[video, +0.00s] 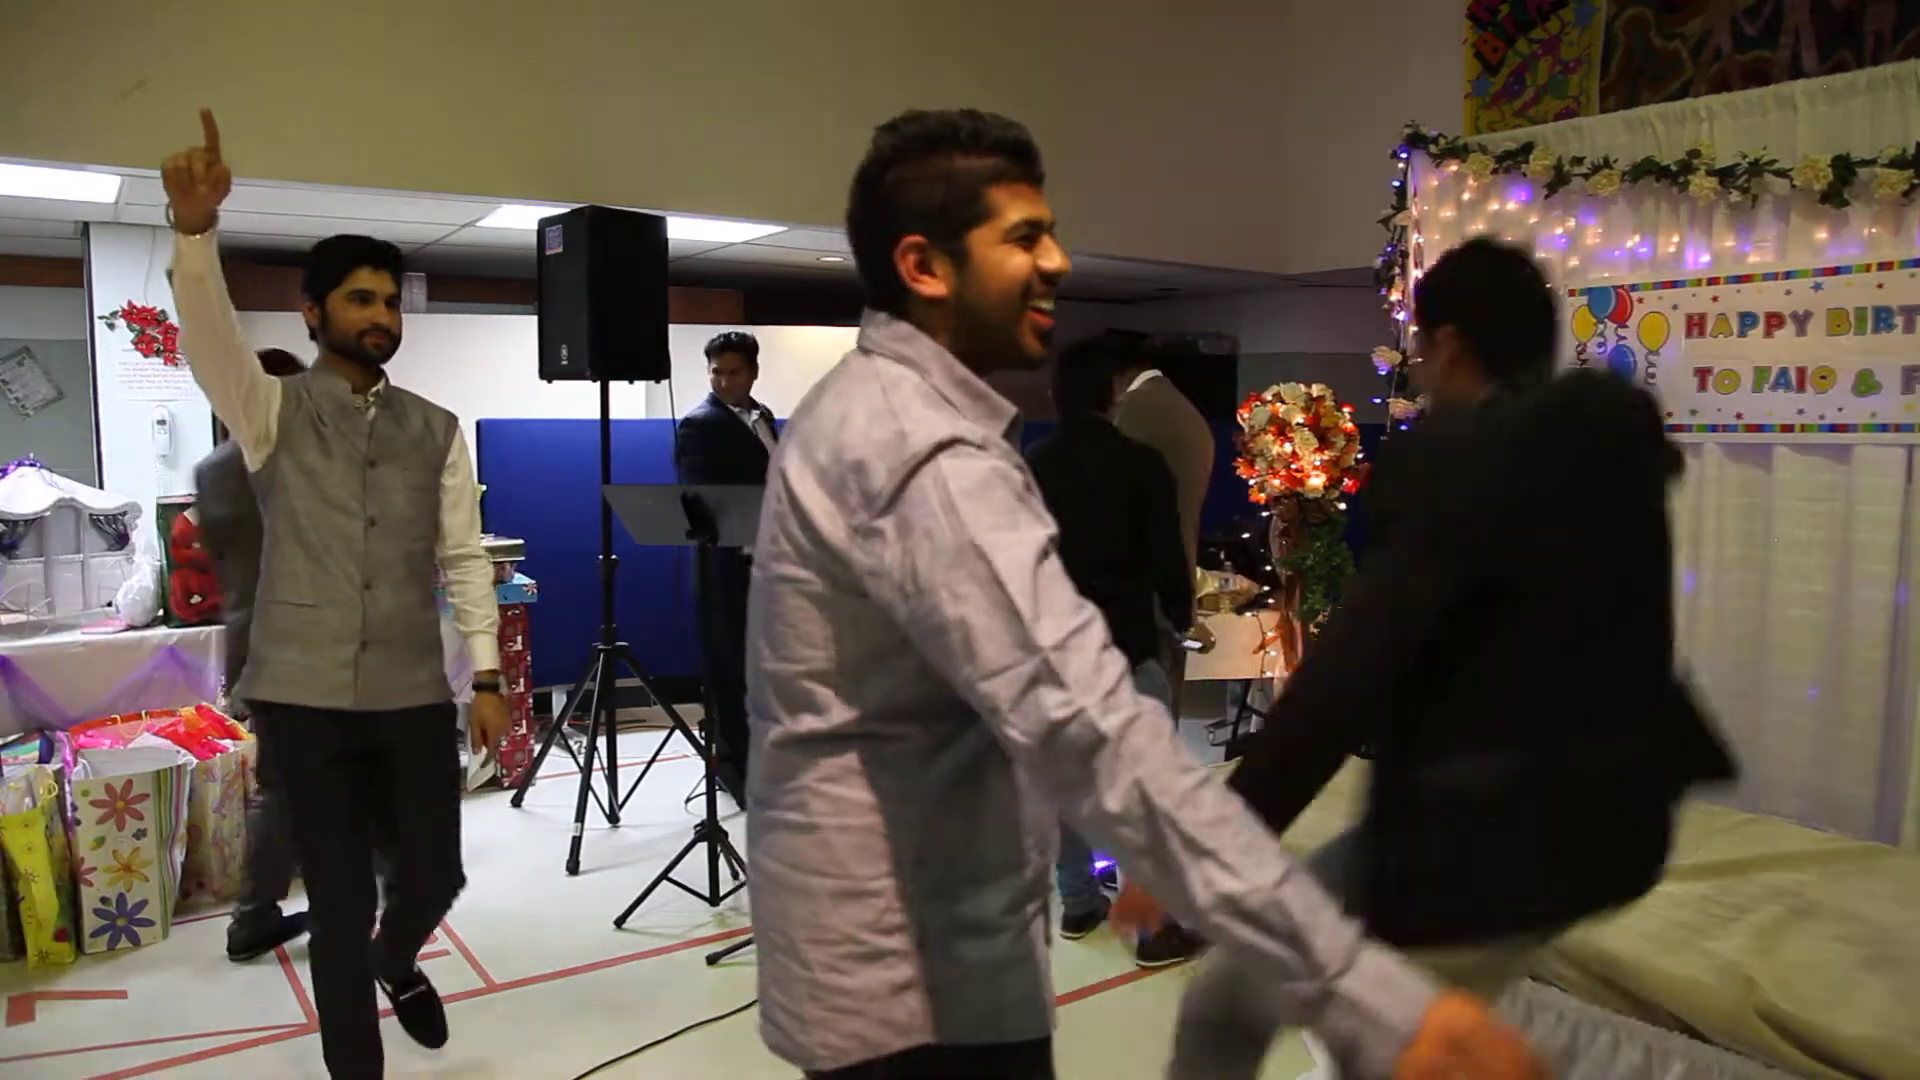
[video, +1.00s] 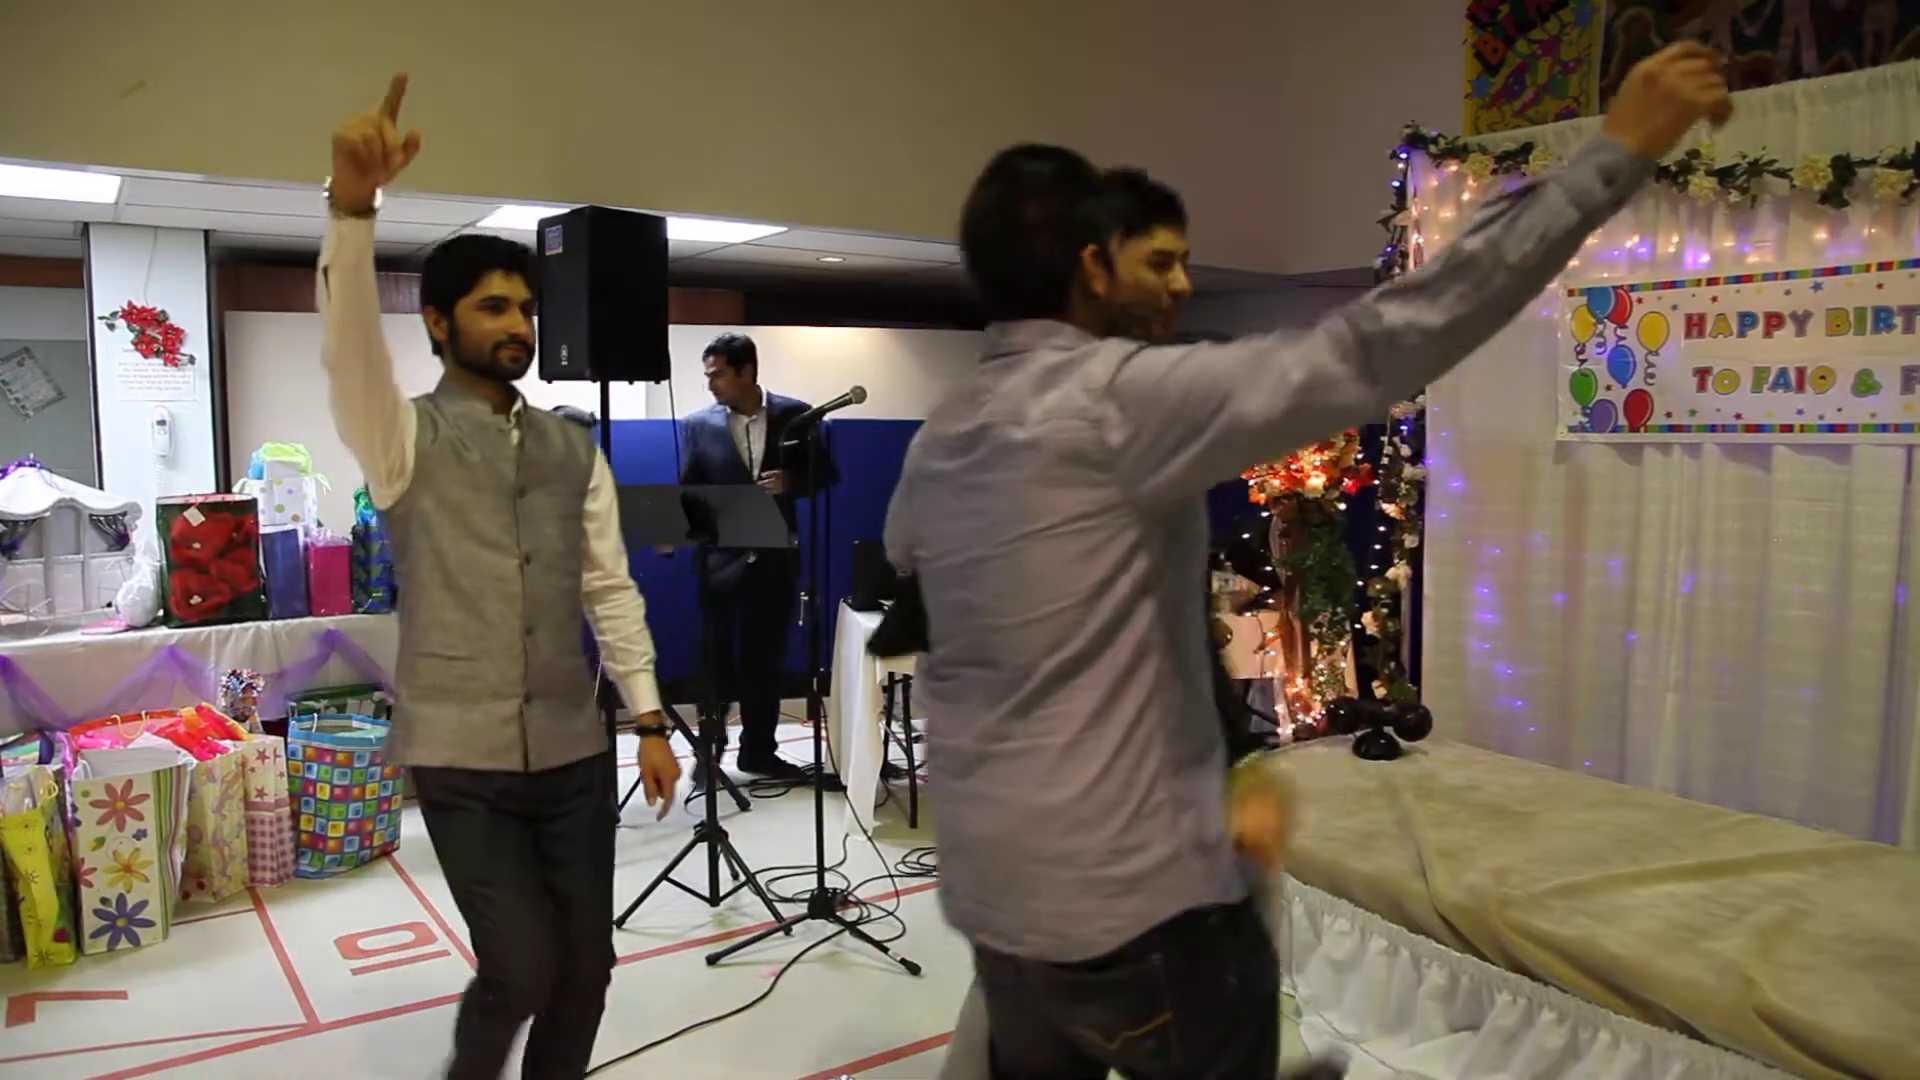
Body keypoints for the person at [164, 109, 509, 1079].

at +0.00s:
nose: (383, 316)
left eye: (393, 302)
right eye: (362, 298)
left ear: (404, 318)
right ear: (312, 312)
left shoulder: (437, 429)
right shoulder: (273, 409)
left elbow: (468, 559)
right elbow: (209, 336)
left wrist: (485, 676)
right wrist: (194, 229)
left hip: (413, 695)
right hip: (304, 695)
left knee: (436, 875)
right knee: (338, 905)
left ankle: (391, 961)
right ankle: (354, 1072)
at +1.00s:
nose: (518, 323)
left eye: (527, 309)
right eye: (493, 307)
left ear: (536, 325)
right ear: (439, 321)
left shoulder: (574, 449)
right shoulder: (405, 439)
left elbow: (611, 591)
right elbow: (351, 349)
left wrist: (647, 717)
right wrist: (352, 209)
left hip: (573, 752)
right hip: (460, 757)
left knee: (586, 974)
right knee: (523, 969)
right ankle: (470, 1072)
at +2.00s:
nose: (501, 256)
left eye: (507, 240)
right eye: (471, 238)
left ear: (515, 261)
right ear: (405, 260)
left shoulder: (546, 395)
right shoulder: (373, 387)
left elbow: (646, 483)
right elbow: (346, 259)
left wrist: (750, 558)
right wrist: (332, 79)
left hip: (554, 759)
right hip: (438, 768)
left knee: (556, 1003)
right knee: (480, 1043)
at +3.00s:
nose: (530, 261)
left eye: (531, 239)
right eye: (502, 233)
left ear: (529, 258)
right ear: (432, 244)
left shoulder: (505, 382)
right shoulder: (384, 410)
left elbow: (587, 323)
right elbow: (421, 242)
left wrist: (670, 223)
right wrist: (482, 26)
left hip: (561, 827)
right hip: (463, 851)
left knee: (622, 1065)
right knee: (479, 1074)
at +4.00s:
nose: (707, 232)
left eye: (698, 208)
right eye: (678, 213)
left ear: (648, 230)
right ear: (603, 226)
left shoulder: (693, 364)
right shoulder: (557, 401)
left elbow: (801, 293)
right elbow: (627, 206)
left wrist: (913, 183)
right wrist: (705, 3)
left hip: (725, 830)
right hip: (651, 853)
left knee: (706, 1064)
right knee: (733, 1071)